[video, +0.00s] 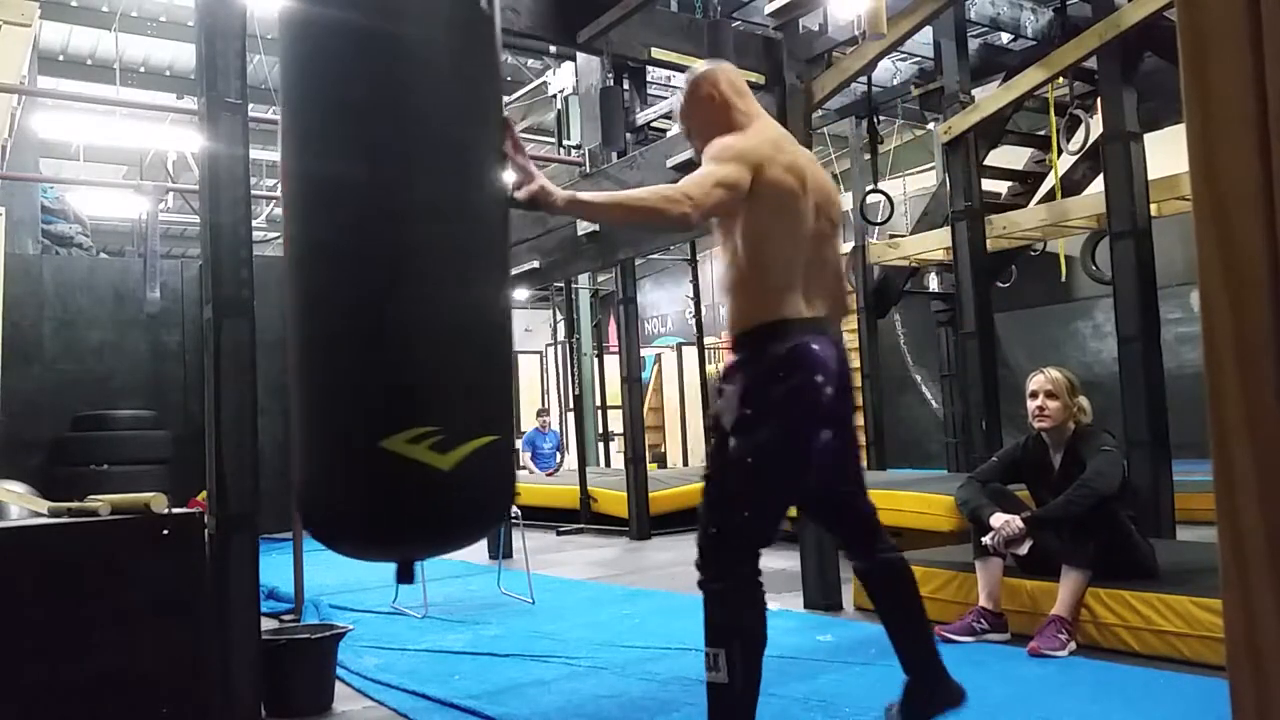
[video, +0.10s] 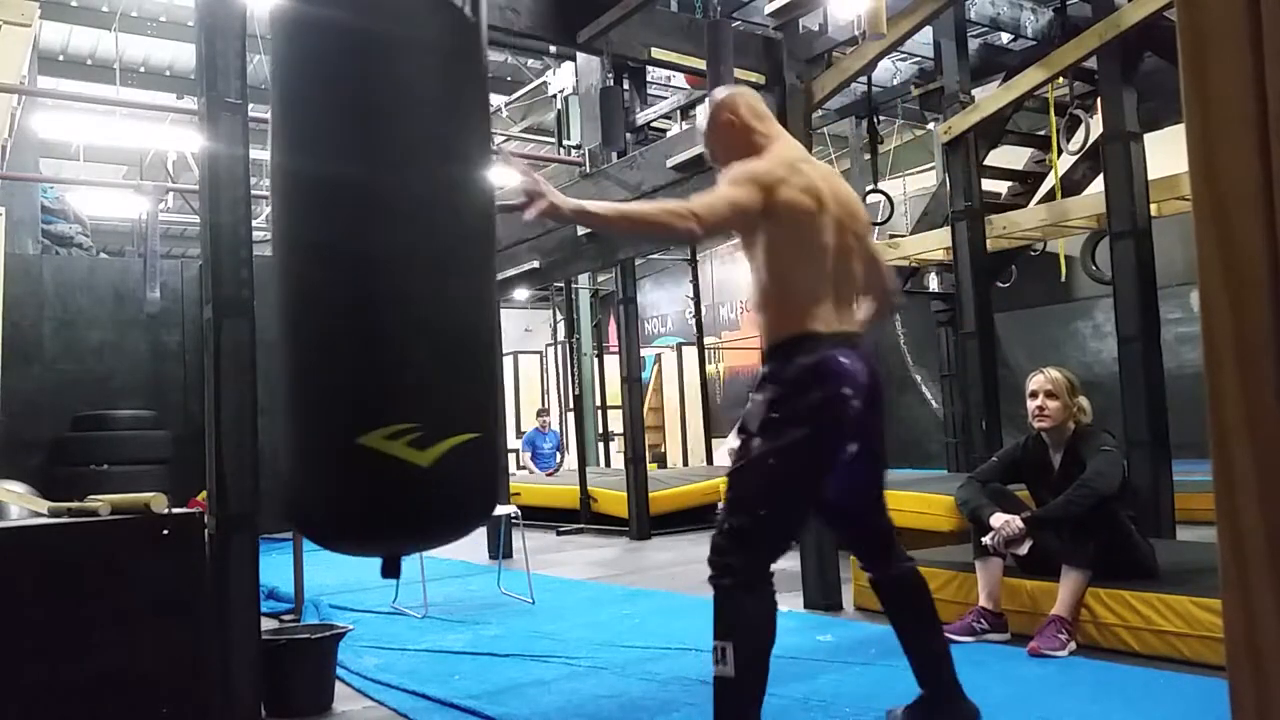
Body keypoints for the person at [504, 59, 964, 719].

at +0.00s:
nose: (691, 139)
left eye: (689, 125)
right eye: (685, 130)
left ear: (712, 95)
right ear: (743, 95)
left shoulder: (738, 146)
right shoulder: (814, 170)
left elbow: (690, 203)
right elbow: (835, 293)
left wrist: (566, 199)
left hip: (773, 369)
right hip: (825, 364)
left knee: (727, 555)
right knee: (859, 532)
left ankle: (730, 712)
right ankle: (931, 680)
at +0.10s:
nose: (716, 160)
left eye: (713, 147)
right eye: (711, 151)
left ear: (732, 125)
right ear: (763, 121)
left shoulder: (760, 173)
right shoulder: (835, 184)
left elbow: (695, 218)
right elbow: (883, 286)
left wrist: (567, 206)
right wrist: (834, 328)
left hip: (802, 379)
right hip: (856, 373)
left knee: (739, 558)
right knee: (877, 546)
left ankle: (737, 712)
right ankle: (945, 697)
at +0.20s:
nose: (738, 173)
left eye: (735, 159)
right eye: (732, 162)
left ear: (759, 136)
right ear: (789, 131)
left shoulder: (779, 182)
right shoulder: (860, 193)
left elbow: (722, 235)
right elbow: (919, 277)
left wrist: (598, 213)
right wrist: (877, 334)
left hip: (815, 374)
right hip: (875, 371)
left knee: (749, 548)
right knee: (887, 540)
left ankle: (752, 712)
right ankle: (947, 698)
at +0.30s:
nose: (750, 150)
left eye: (748, 137)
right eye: (745, 140)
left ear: (770, 113)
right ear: (803, 108)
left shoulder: (788, 153)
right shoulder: (872, 169)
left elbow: (746, 224)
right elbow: (945, 252)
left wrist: (624, 218)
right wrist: (890, 324)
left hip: (815, 347)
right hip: (870, 348)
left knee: (763, 530)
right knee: (870, 519)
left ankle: (782, 707)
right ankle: (929, 672)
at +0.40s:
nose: (751, 135)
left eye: (756, 120)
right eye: (748, 124)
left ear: (791, 102)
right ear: (809, 107)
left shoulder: (790, 155)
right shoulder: (880, 173)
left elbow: (744, 232)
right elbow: (961, 250)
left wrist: (632, 236)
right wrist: (907, 322)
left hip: (820, 352)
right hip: (875, 351)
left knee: (770, 536)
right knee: (854, 521)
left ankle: (790, 708)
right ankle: (899, 677)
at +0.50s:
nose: (758, 155)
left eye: (766, 139)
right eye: (755, 143)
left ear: (805, 130)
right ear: (816, 136)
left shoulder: (794, 189)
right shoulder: (878, 198)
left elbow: (733, 263)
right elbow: (965, 274)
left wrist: (639, 264)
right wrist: (919, 353)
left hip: (827, 386)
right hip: (878, 384)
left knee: (778, 560)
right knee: (852, 547)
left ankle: (806, 711)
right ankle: (908, 695)